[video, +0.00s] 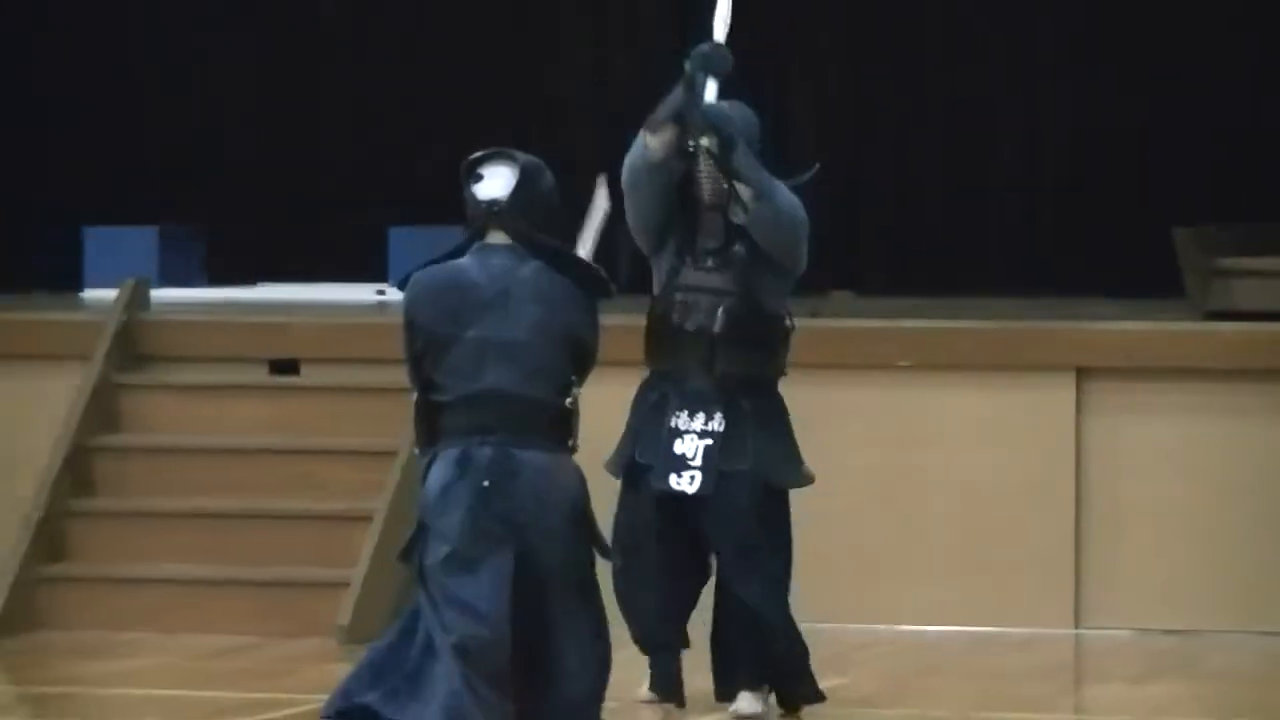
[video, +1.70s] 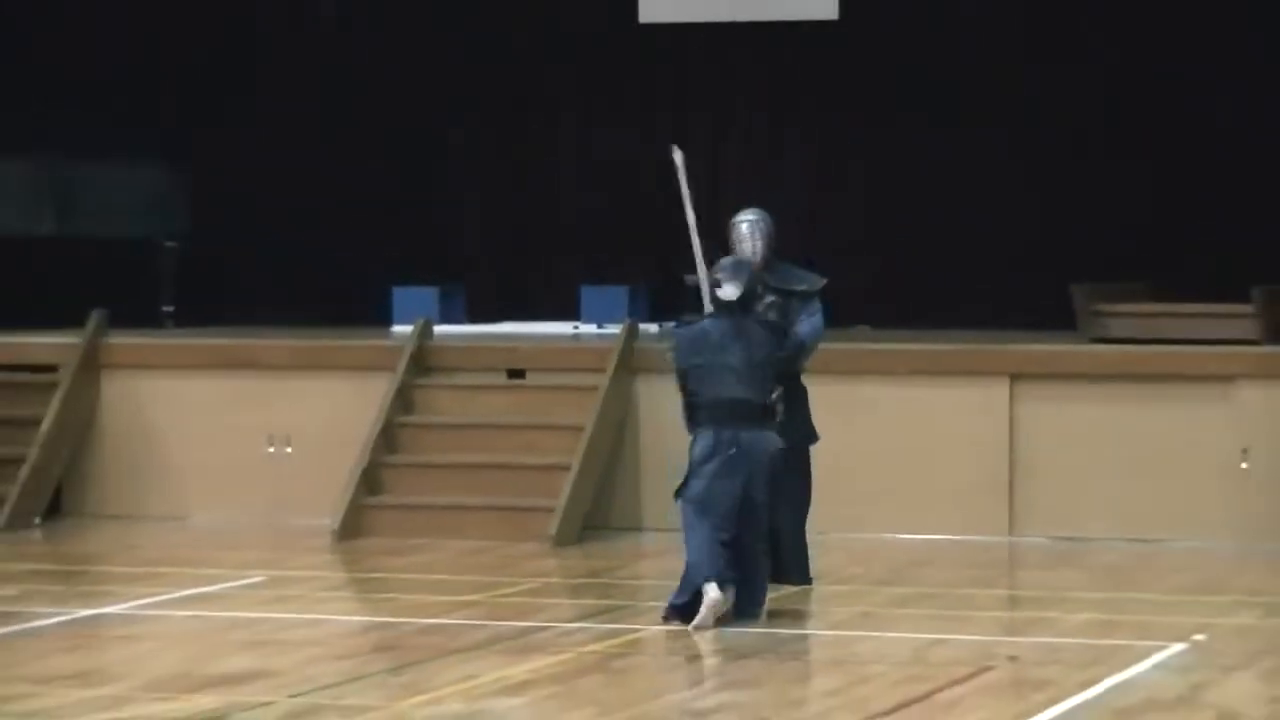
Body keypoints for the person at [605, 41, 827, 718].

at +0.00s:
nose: (705, 175)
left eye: (717, 161)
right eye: (697, 162)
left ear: (743, 161)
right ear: (685, 166)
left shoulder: (778, 228)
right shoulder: (664, 228)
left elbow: (781, 215)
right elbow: (639, 173)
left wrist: (735, 156)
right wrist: (677, 110)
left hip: (744, 401)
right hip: (667, 397)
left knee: (748, 548)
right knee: (648, 545)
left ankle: (754, 687)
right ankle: (662, 677)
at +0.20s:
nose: (745, 168)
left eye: (756, 156)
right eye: (735, 157)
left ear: (770, 162)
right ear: (716, 160)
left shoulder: (790, 222)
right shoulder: (687, 216)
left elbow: (805, 272)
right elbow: (667, 237)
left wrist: (751, 221)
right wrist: (704, 174)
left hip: (763, 391)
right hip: (691, 389)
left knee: (771, 527)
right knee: (679, 522)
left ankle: (773, 655)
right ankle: (686, 656)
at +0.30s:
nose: (760, 155)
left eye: (770, 146)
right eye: (752, 144)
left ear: (786, 155)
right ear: (736, 149)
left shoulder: (814, 223)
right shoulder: (704, 214)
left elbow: (820, 282)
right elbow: (688, 267)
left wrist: (758, 278)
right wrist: (727, 226)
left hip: (784, 382)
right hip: (713, 380)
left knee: (787, 519)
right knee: (703, 510)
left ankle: (788, 644)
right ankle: (714, 636)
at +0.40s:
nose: (776, 178)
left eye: (787, 166)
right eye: (767, 165)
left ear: (803, 173)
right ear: (753, 171)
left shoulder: (833, 240)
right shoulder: (727, 234)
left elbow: (835, 315)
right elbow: (727, 290)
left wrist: (762, 304)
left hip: (804, 390)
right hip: (736, 388)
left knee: (800, 516)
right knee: (723, 511)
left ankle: (799, 630)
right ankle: (727, 629)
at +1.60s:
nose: (755, 236)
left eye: (762, 228)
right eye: (748, 228)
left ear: (775, 231)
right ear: (737, 230)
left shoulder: (801, 279)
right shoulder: (719, 276)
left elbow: (811, 327)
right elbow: (703, 324)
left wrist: (773, 358)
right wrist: (729, 359)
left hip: (782, 395)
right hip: (731, 395)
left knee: (784, 486)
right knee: (737, 484)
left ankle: (785, 571)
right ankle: (742, 572)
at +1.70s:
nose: (752, 244)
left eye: (758, 235)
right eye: (744, 236)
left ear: (770, 238)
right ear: (733, 240)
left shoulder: (799, 285)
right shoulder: (717, 285)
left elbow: (806, 335)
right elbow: (702, 334)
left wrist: (774, 367)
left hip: (783, 400)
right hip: (732, 401)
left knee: (787, 487)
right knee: (727, 487)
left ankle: (786, 569)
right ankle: (727, 573)